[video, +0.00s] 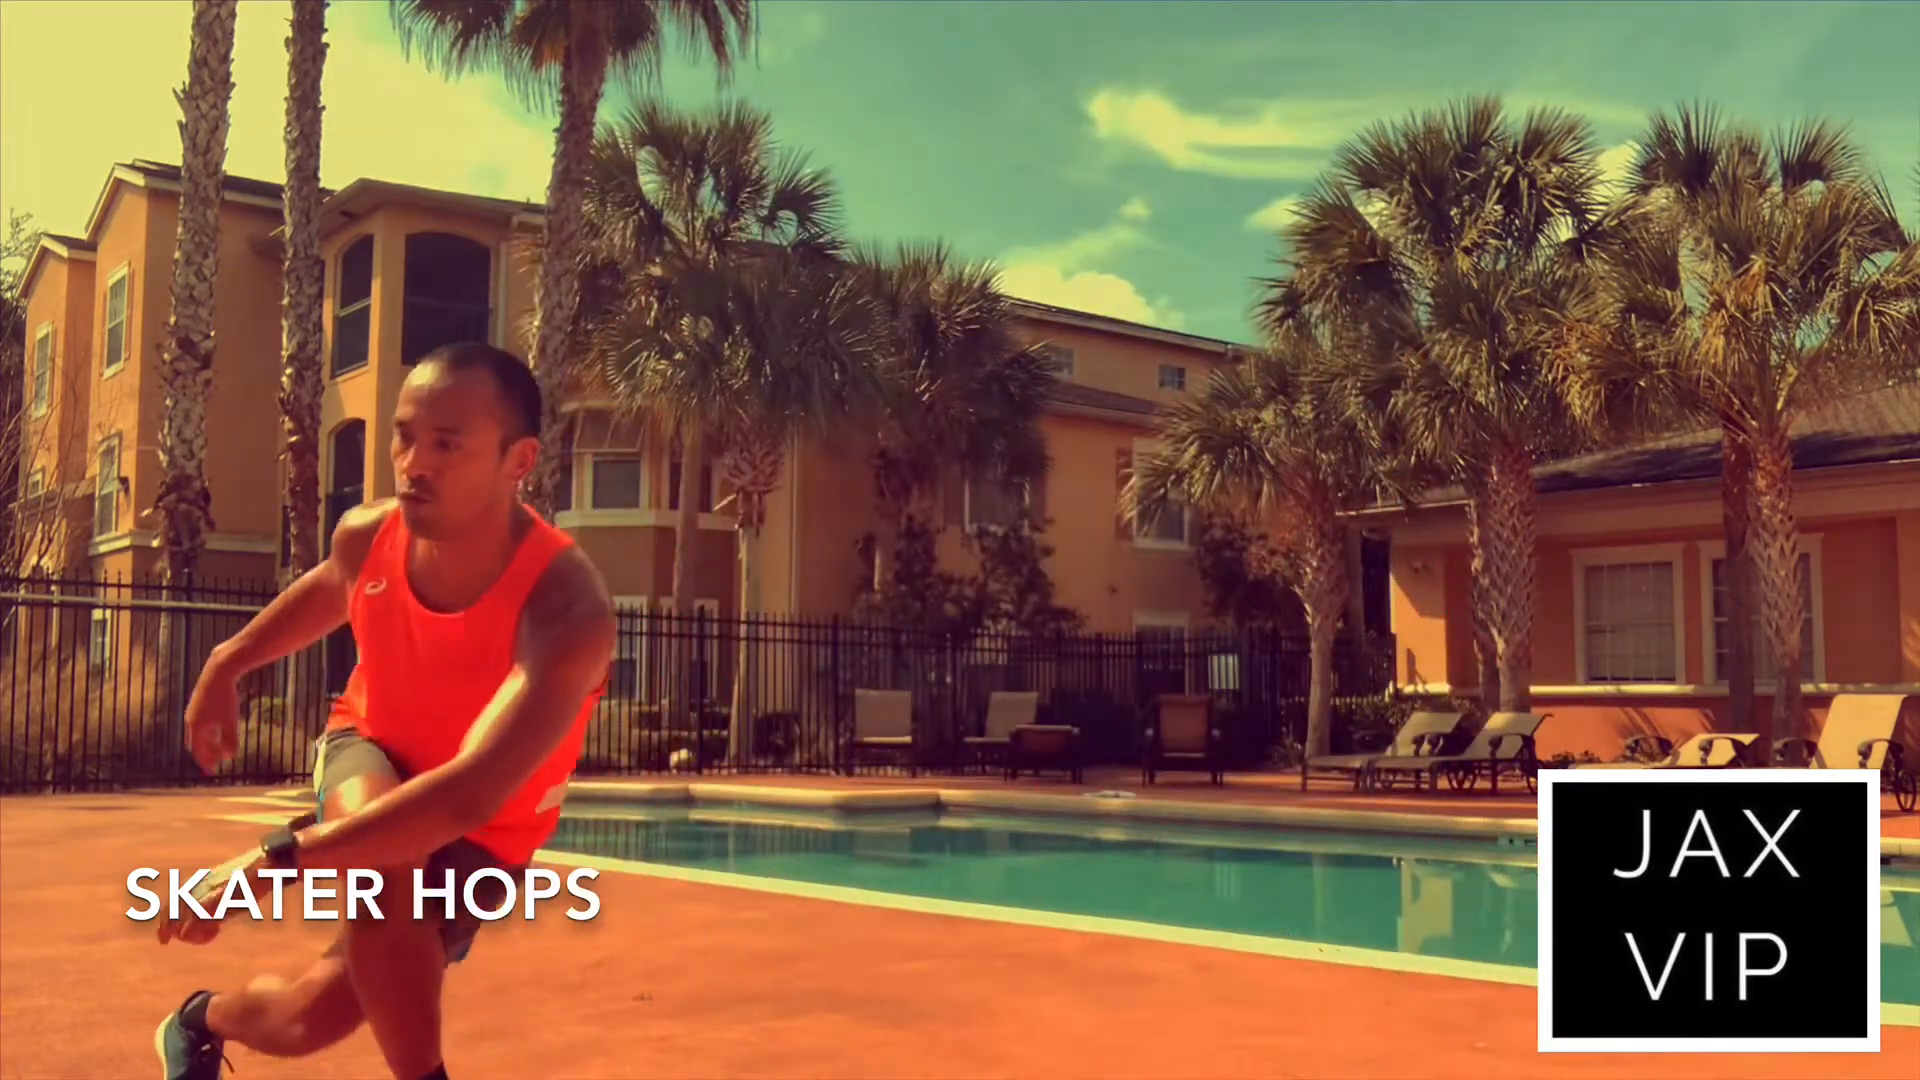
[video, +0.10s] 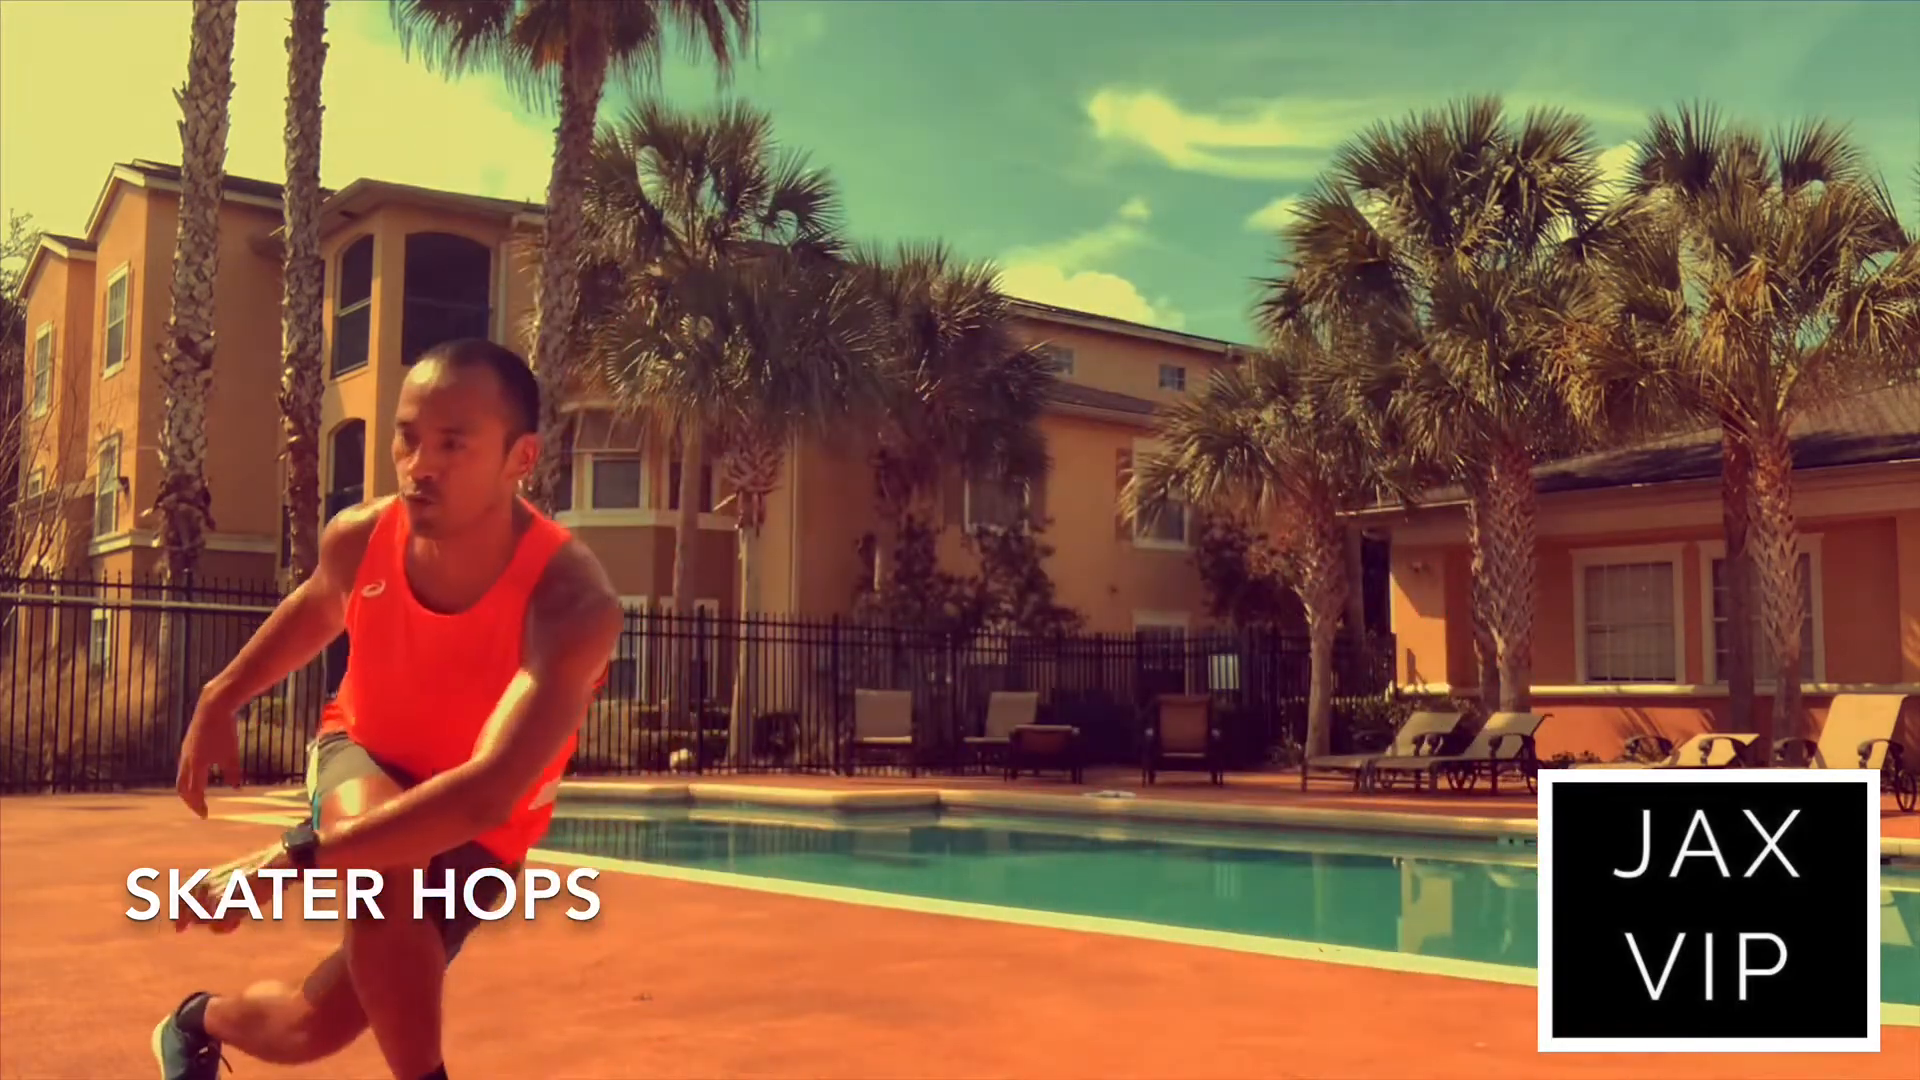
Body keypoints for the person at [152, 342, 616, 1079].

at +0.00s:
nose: (411, 465)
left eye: (446, 444)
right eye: (403, 437)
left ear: (516, 463)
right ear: (390, 438)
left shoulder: (568, 607)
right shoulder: (368, 537)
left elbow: (473, 790)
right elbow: (335, 590)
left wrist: (265, 866)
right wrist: (225, 666)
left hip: (483, 828)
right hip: (373, 749)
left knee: (307, 1023)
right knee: (379, 861)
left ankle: (200, 1019)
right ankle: (423, 1074)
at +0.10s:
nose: (418, 466)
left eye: (452, 444)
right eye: (407, 438)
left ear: (518, 459)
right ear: (393, 438)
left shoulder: (572, 599)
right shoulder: (358, 541)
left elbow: (491, 787)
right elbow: (318, 606)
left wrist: (285, 865)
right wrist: (219, 698)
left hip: (481, 815)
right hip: (362, 753)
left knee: (309, 1030)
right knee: (383, 862)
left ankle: (198, 1020)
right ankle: (423, 1075)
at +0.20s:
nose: (448, 392)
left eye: (481, 368)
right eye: (435, 364)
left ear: (544, 381)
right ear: (418, 367)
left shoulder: (604, 518)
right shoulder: (393, 484)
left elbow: (577, 728)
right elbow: (352, 593)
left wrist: (419, 816)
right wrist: (269, 704)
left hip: (517, 766)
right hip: (396, 711)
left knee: (354, 974)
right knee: (409, 859)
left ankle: (196, 1018)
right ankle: (424, 1076)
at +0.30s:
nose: (520, 297)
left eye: (552, 274)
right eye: (502, 267)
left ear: (604, 288)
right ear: (477, 271)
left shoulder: (670, 426)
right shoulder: (447, 427)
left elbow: (687, 638)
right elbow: (392, 561)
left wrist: (602, 805)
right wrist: (308, 690)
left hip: (588, 722)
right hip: (469, 664)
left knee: (451, 932)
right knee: (447, 873)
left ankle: (283, 992)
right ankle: (429, 1075)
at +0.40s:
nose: (629, 223)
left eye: (658, 202)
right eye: (609, 194)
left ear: (696, 219)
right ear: (569, 202)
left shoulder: (758, 368)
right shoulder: (511, 360)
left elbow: (844, 538)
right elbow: (416, 485)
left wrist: (832, 707)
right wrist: (332, 615)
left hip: (681, 683)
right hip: (537, 650)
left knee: (612, 932)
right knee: (490, 894)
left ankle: (516, 891)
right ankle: (437, 1076)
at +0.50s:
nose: (768, 157)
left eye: (794, 136)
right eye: (746, 128)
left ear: (825, 151)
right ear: (703, 132)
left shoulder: (876, 287)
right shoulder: (627, 268)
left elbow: (1014, 383)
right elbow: (518, 368)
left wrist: (1018, 535)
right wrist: (423, 463)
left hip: (786, 607)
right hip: (626, 606)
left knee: (894, 821)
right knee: (521, 861)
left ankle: (842, 888)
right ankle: (436, 1068)